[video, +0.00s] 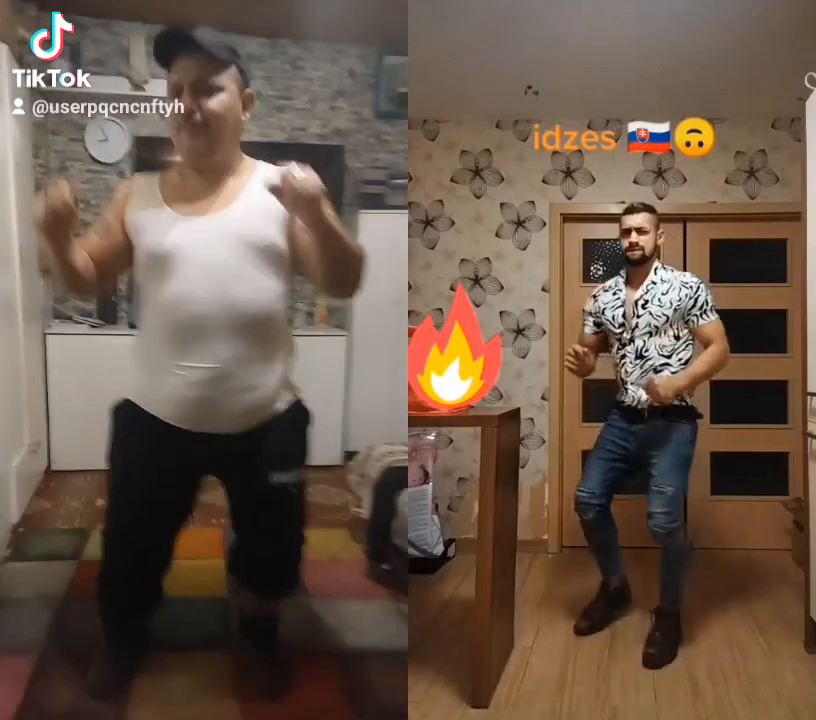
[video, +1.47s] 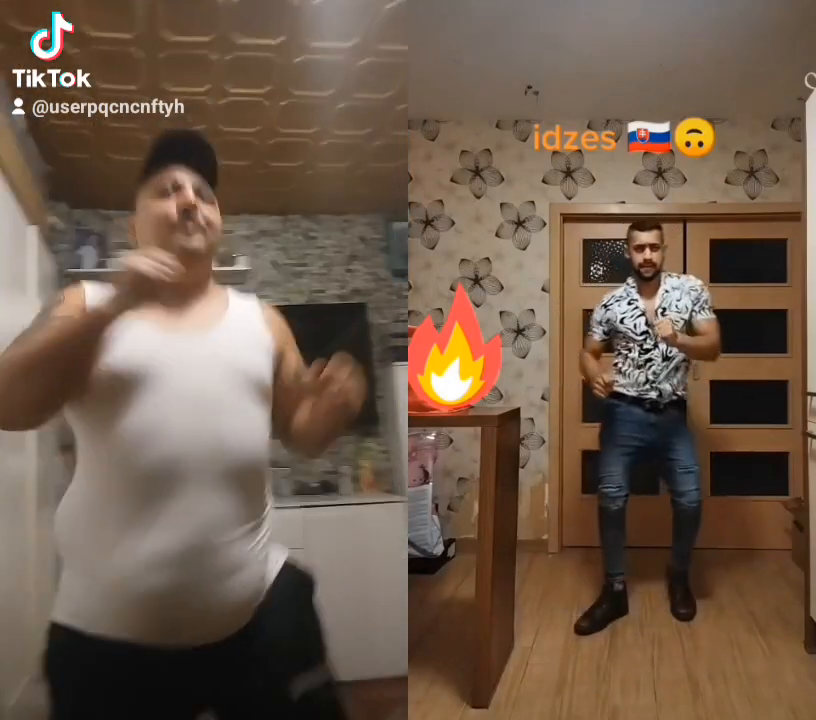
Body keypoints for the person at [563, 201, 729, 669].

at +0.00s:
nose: (633, 239)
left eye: (641, 231)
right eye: (626, 233)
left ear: (659, 236)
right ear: (618, 239)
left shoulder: (686, 287)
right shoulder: (604, 297)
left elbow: (718, 348)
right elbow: (589, 357)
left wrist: (679, 382)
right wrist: (580, 360)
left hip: (671, 420)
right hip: (622, 418)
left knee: (664, 521)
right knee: (588, 502)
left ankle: (668, 617)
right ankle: (615, 590)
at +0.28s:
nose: (614, 250)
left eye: (623, 242)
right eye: (608, 244)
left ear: (641, 247)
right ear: (601, 251)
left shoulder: (670, 288)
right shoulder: (593, 310)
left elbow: (701, 346)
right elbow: (582, 365)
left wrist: (652, 368)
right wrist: (577, 378)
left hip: (651, 422)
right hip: (599, 421)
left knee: (655, 521)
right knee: (581, 515)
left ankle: (665, 618)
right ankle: (612, 593)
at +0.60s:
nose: (606, 248)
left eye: (614, 241)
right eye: (599, 241)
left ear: (628, 247)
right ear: (589, 247)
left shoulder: (652, 295)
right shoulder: (572, 300)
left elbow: (682, 350)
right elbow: (548, 356)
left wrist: (656, 383)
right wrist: (567, 363)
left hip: (649, 418)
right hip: (599, 419)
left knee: (668, 506)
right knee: (587, 505)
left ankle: (660, 612)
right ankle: (613, 592)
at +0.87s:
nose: (616, 255)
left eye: (624, 248)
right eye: (609, 248)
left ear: (634, 252)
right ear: (596, 252)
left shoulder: (658, 296)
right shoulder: (577, 306)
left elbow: (684, 344)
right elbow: (556, 366)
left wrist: (665, 368)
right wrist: (577, 377)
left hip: (648, 421)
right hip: (598, 423)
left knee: (681, 499)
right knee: (590, 510)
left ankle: (664, 598)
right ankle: (613, 595)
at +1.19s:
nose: (628, 262)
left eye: (635, 255)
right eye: (620, 255)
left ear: (644, 259)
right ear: (608, 259)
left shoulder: (662, 306)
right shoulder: (585, 309)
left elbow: (682, 369)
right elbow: (562, 365)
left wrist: (672, 355)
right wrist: (589, 387)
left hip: (660, 424)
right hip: (607, 425)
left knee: (691, 502)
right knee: (592, 508)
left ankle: (672, 587)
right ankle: (613, 594)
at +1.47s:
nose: (647, 255)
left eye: (654, 248)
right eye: (639, 248)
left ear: (664, 251)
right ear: (628, 252)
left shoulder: (689, 289)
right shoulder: (612, 303)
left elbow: (712, 346)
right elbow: (589, 354)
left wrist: (676, 338)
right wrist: (596, 375)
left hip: (671, 415)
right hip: (624, 414)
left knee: (689, 500)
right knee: (611, 497)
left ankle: (679, 577)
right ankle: (614, 591)